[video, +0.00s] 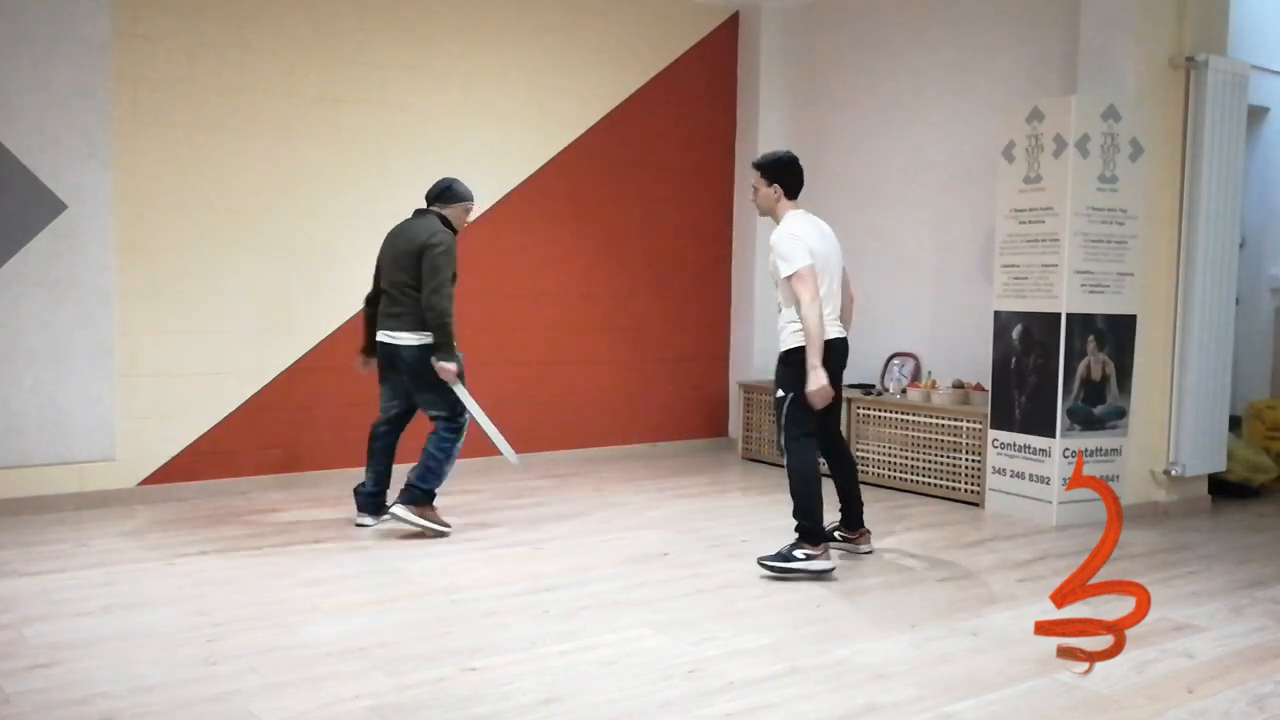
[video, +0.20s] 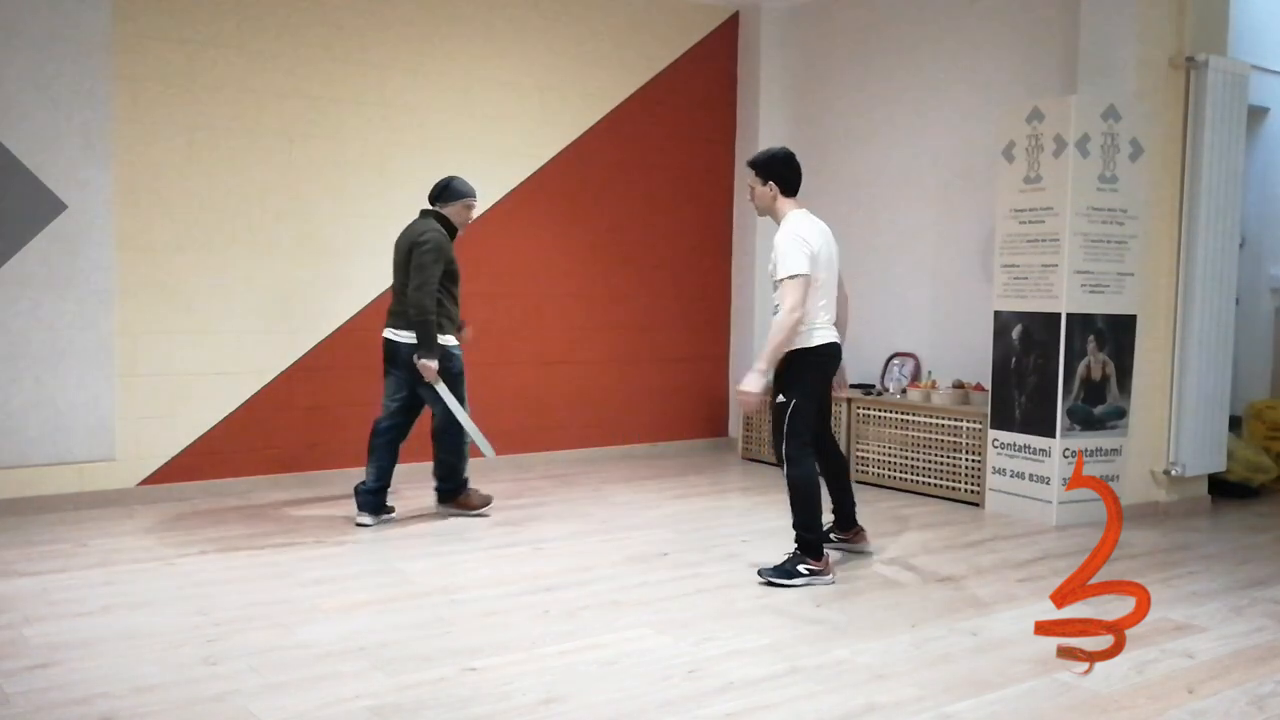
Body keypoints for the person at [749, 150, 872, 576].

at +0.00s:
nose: (753, 194)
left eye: (757, 187)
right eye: (753, 187)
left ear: (777, 190)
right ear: (788, 189)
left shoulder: (786, 235)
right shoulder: (820, 228)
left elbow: (809, 300)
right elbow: (846, 298)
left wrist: (817, 366)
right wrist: (836, 345)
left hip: (802, 351)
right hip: (832, 346)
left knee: (797, 441)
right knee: (830, 437)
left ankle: (812, 544)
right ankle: (854, 527)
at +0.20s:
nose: (749, 194)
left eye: (753, 186)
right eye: (749, 186)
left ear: (772, 187)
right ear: (785, 187)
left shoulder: (791, 234)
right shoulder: (819, 229)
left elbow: (793, 312)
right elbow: (839, 301)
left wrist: (759, 371)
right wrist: (837, 358)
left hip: (802, 356)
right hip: (823, 352)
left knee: (794, 453)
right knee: (823, 442)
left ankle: (811, 556)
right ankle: (848, 526)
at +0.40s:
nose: (735, 185)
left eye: (737, 176)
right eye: (736, 177)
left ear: (753, 177)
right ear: (774, 176)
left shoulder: (773, 224)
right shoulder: (806, 220)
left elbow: (754, 304)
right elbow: (827, 296)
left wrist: (710, 360)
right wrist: (825, 356)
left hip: (788, 354)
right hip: (808, 348)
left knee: (794, 449)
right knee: (768, 438)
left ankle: (812, 555)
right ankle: (802, 530)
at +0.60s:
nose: (708, 188)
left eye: (710, 178)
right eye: (708, 179)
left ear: (725, 177)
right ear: (750, 177)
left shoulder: (740, 228)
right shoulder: (784, 223)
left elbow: (723, 308)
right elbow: (807, 298)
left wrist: (687, 365)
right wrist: (806, 362)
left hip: (757, 362)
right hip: (785, 356)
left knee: (724, 447)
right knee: (793, 457)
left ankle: (695, 545)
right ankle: (811, 556)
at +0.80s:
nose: (671, 189)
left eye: (672, 179)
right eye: (672, 179)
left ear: (685, 179)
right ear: (712, 179)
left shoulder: (704, 224)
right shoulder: (743, 226)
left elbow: (696, 305)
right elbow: (763, 307)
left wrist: (673, 372)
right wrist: (761, 371)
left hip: (714, 366)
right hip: (734, 362)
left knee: (734, 459)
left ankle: (797, 542)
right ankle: (664, 555)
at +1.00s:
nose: (642, 181)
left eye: (642, 173)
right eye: (641, 173)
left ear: (652, 172)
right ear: (685, 173)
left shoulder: (669, 214)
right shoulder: (709, 218)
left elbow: (664, 293)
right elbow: (718, 302)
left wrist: (644, 365)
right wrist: (708, 349)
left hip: (679, 351)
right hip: (704, 349)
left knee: (646, 450)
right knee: (670, 451)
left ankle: (722, 532)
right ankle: (663, 556)